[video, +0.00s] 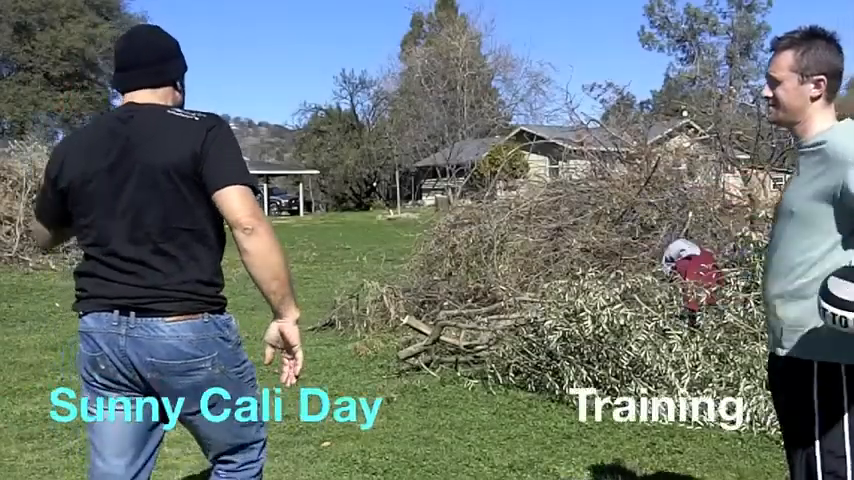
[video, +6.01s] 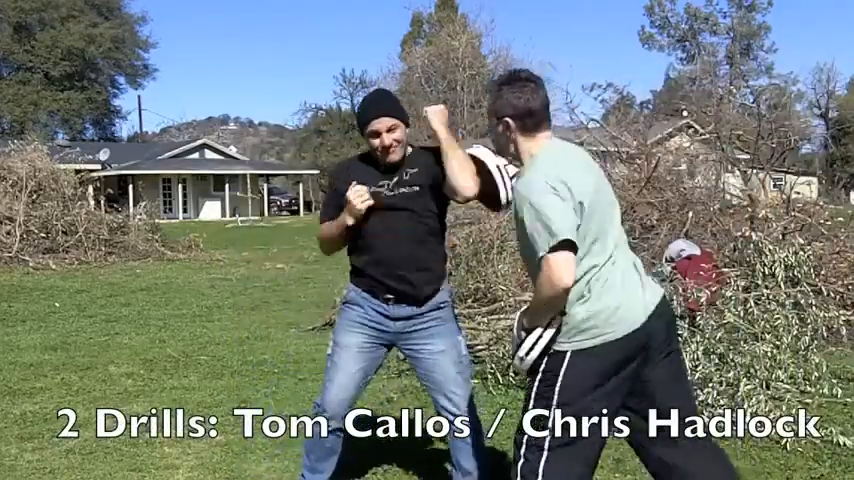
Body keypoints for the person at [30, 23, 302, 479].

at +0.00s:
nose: (184, 86)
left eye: (180, 77)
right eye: (183, 77)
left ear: (119, 84)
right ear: (176, 78)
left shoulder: (75, 145)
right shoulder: (204, 131)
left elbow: (48, 234)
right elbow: (247, 223)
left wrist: (93, 192)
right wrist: (286, 314)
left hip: (101, 333)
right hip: (188, 332)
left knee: (112, 472)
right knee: (238, 455)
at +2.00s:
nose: (327, 110)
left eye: (327, 101)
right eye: (318, 101)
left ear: (291, 107)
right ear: (287, 105)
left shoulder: (296, 159)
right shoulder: (257, 152)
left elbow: (297, 228)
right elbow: (252, 229)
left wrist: (337, 243)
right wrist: (325, 219)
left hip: (291, 305)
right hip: (257, 305)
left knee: (311, 424)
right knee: (291, 429)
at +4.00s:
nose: (393, 129)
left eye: (396, 120)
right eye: (383, 121)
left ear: (398, 122)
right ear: (355, 124)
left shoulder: (401, 171)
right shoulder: (317, 162)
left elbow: (421, 238)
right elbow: (320, 224)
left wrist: (440, 199)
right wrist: (368, 172)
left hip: (386, 318)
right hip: (321, 316)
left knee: (410, 426)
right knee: (284, 426)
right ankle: (261, 476)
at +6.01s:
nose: (385, 141)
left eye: (391, 130)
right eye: (375, 135)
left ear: (406, 127)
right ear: (365, 136)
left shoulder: (431, 162)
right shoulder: (348, 173)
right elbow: (327, 244)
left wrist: (442, 130)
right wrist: (346, 218)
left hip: (430, 312)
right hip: (364, 310)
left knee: (459, 410)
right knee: (332, 406)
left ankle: (469, 476)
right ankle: (314, 475)